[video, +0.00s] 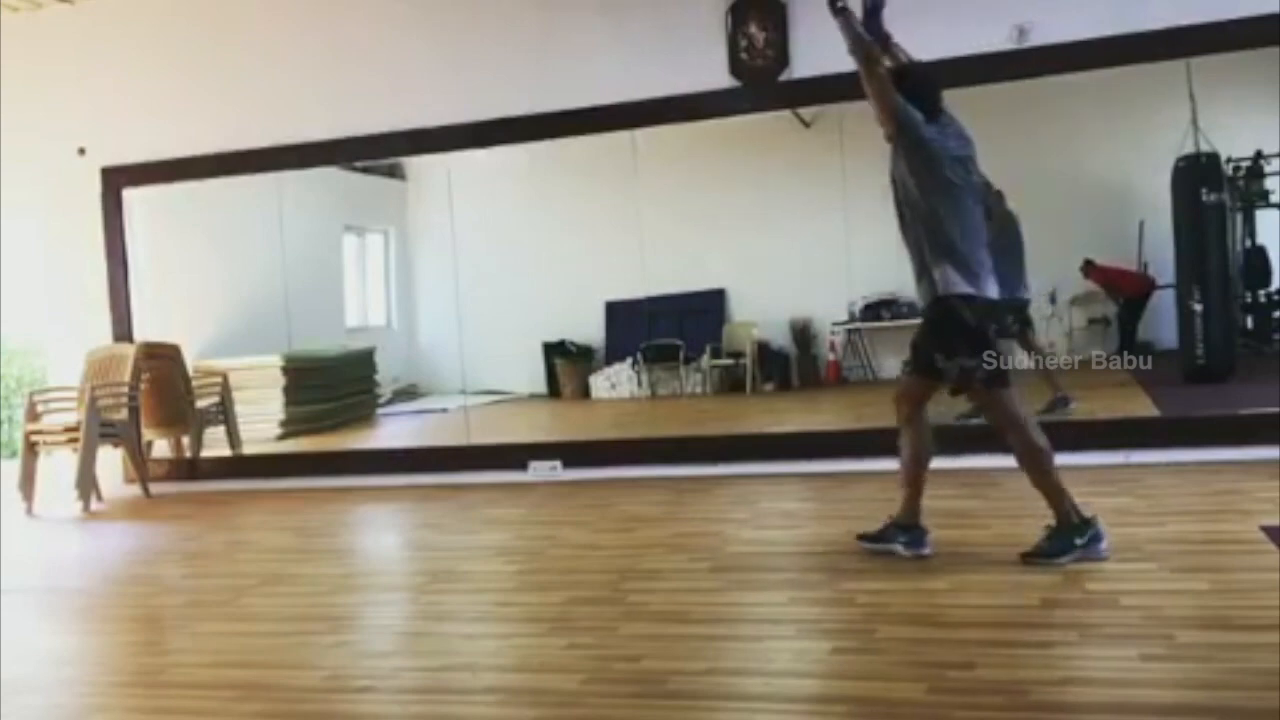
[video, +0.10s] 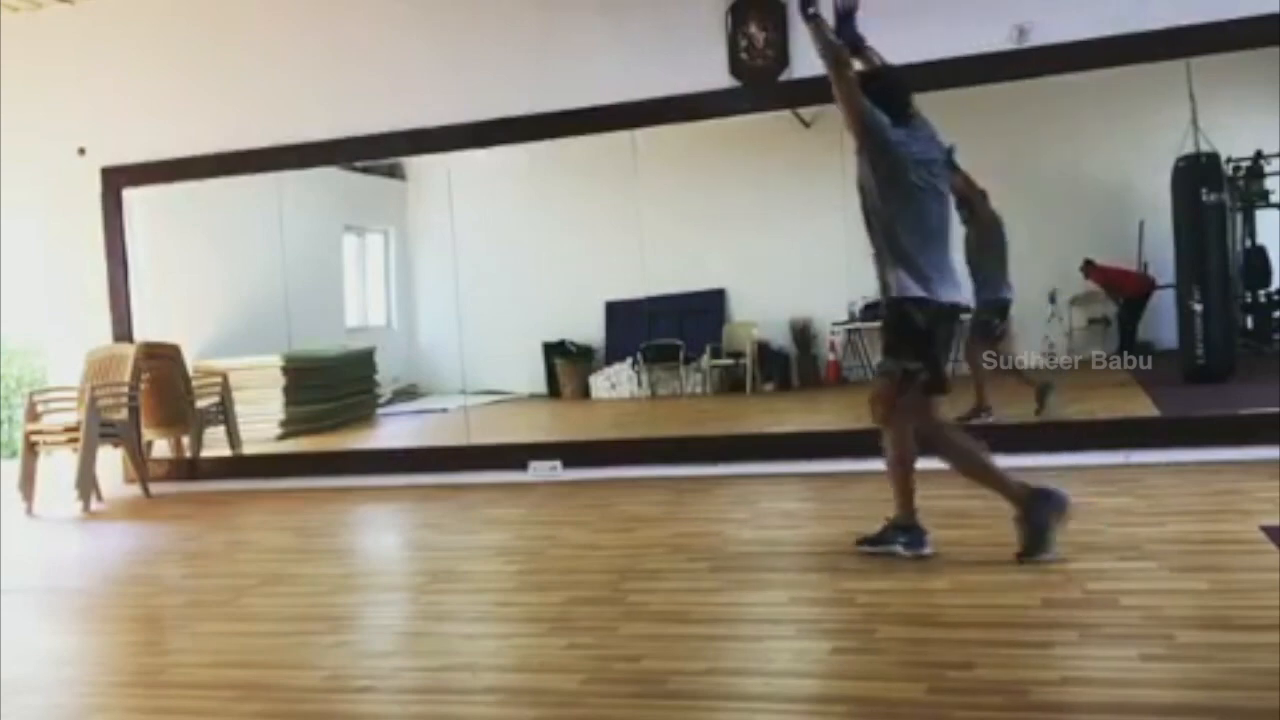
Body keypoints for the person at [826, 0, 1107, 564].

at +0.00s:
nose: (881, 108)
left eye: (885, 96)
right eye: (881, 95)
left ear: (906, 100)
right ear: (930, 97)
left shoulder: (921, 139)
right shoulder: (952, 139)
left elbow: (874, 74)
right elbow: (917, 80)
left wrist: (842, 18)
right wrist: (885, 39)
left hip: (958, 300)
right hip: (971, 297)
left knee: (1006, 415)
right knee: (908, 397)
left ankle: (1074, 523)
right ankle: (908, 522)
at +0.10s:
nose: (859, 112)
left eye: (862, 102)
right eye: (860, 99)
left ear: (878, 106)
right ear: (905, 103)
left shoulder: (885, 142)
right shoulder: (929, 143)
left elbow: (841, 75)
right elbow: (890, 86)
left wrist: (807, 17)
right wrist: (860, 48)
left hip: (916, 300)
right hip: (942, 298)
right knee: (889, 406)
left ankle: (1028, 501)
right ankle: (905, 522)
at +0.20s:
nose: (838, 117)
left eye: (842, 108)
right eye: (840, 109)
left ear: (857, 110)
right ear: (890, 107)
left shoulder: (869, 147)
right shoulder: (919, 150)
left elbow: (825, 73)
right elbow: (888, 104)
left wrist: (800, 23)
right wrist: (865, 70)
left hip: (891, 304)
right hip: (929, 304)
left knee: (868, 422)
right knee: (876, 419)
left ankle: (964, 496)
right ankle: (905, 524)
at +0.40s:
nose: (799, 142)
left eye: (805, 134)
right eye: (800, 132)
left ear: (819, 137)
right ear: (846, 133)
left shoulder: (831, 176)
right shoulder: (867, 176)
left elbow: (793, 123)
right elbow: (832, 113)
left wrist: (771, 73)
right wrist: (804, 63)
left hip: (835, 324)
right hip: (877, 330)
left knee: (741, 372)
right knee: (834, 426)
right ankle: (897, 527)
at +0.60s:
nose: (717, 90)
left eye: (720, 83)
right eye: (726, 74)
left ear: (733, 90)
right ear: (771, 75)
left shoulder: (745, 119)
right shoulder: (791, 115)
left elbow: (704, 60)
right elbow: (758, 54)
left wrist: (677, 8)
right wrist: (722, 15)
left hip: (775, 258)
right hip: (820, 268)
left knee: (672, 267)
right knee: (833, 382)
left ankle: (626, 368)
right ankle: (877, 495)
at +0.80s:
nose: (636, 114)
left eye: (639, 103)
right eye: (636, 103)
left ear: (656, 94)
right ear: (685, 78)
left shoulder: (672, 117)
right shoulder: (717, 105)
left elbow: (610, 78)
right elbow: (673, 54)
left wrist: (566, 32)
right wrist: (631, 20)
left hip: (718, 251)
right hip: (768, 251)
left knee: (645, 321)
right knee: (790, 364)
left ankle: (623, 432)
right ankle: (824, 474)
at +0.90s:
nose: (595, 160)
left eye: (596, 153)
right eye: (594, 151)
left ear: (607, 150)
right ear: (637, 132)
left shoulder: (623, 178)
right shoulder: (667, 152)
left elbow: (561, 180)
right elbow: (624, 109)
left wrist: (502, 162)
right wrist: (575, 81)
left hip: (684, 307)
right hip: (735, 302)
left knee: (624, 382)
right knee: (757, 405)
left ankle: (633, 488)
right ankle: (820, 504)